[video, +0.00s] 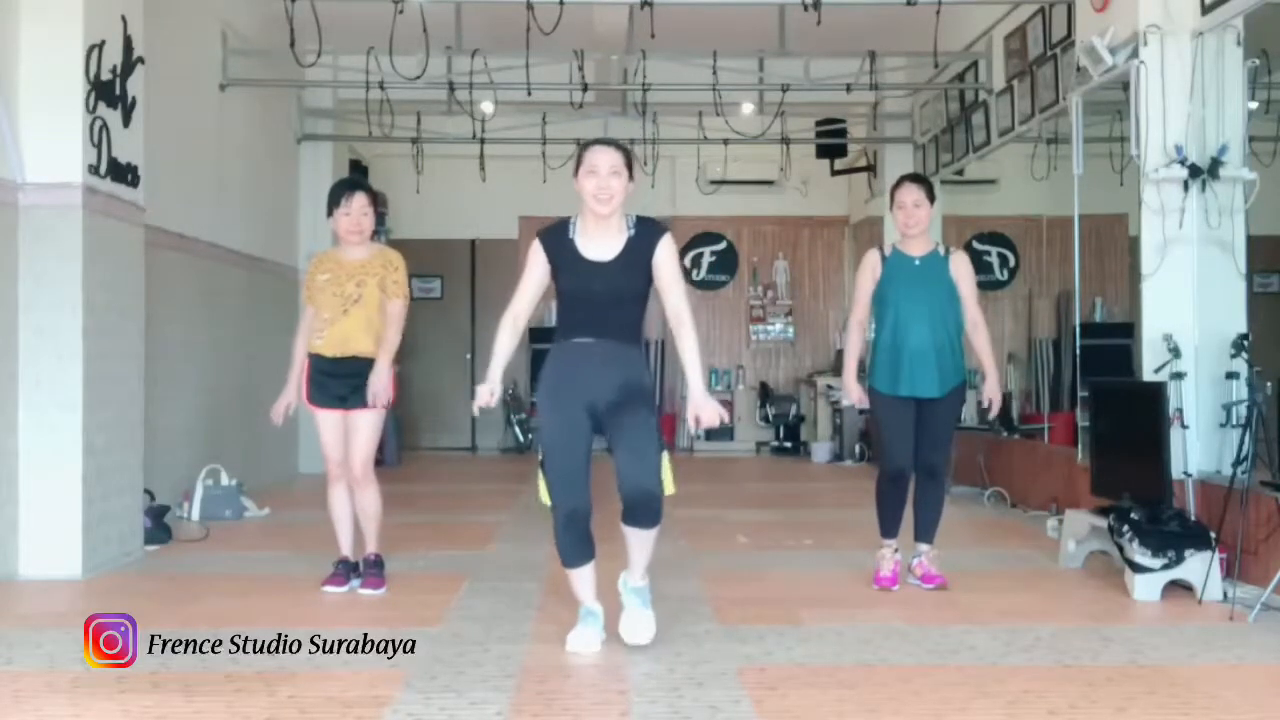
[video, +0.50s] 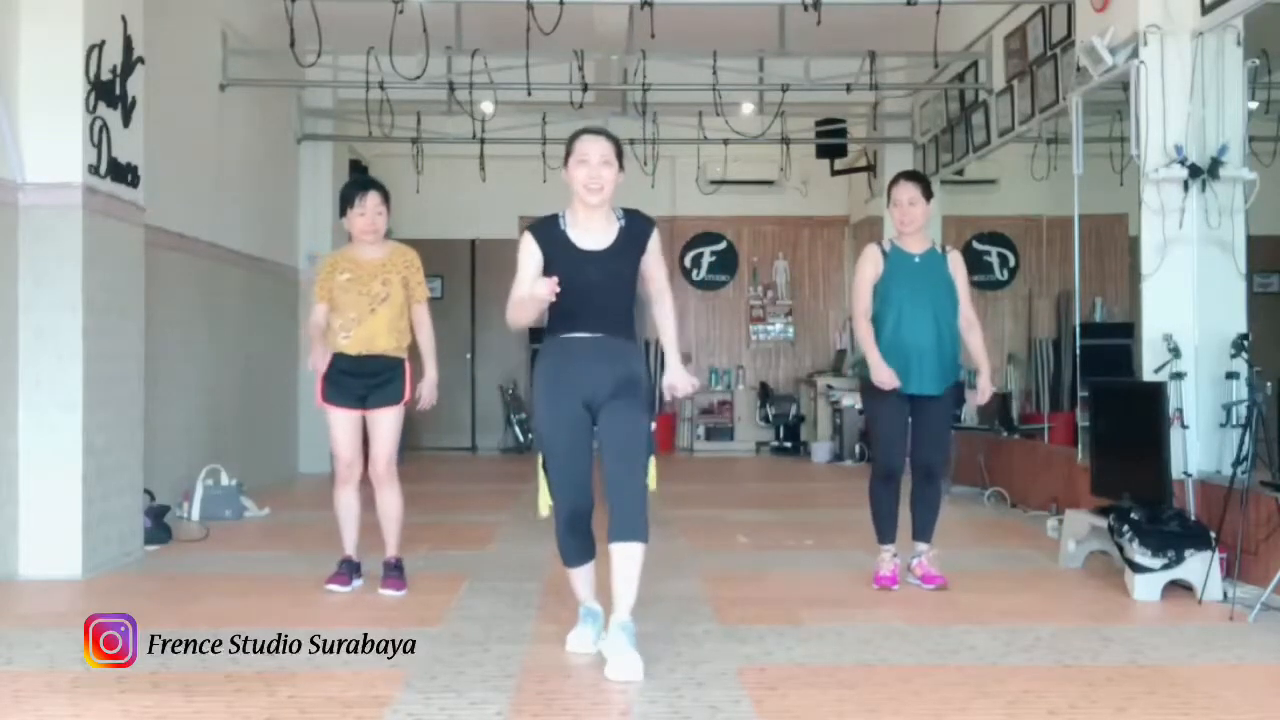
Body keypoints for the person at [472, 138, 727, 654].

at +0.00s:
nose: (603, 183)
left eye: (614, 174)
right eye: (592, 173)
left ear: (629, 183)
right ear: (576, 181)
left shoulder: (652, 240)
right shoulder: (550, 243)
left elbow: (679, 317)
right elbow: (518, 314)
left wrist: (698, 390)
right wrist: (494, 375)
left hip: (628, 379)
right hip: (563, 380)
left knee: (643, 490)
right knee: (569, 503)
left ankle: (636, 585)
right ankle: (589, 611)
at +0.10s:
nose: (599, 187)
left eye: (610, 179)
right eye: (588, 178)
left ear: (625, 190)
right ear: (572, 187)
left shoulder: (649, 246)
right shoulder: (546, 249)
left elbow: (677, 324)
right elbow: (509, 319)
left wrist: (697, 397)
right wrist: (500, 369)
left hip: (626, 383)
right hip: (561, 384)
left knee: (639, 466)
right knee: (567, 504)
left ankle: (635, 578)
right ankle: (589, 611)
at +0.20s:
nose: (597, 176)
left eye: (609, 167)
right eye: (587, 166)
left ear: (624, 177)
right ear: (570, 175)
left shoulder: (647, 233)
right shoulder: (544, 236)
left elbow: (677, 307)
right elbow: (503, 307)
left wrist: (694, 378)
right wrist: (506, 340)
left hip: (625, 375)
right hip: (559, 375)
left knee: (638, 461)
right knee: (568, 500)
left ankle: (630, 596)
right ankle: (588, 611)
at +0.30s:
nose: (596, 167)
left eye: (607, 158)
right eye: (586, 157)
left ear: (623, 167)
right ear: (569, 164)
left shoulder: (644, 223)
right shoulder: (541, 223)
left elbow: (676, 296)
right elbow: (506, 294)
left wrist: (692, 364)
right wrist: (519, 311)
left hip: (624, 364)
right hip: (560, 364)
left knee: (633, 483)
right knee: (572, 496)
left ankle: (626, 615)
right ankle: (588, 612)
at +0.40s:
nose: (595, 169)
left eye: (606, 160)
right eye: (585, 159)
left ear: (621, 170)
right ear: (567, 166)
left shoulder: (641, 226)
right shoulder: (539, 227)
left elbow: (667, 293)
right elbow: (509, 302)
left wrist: (686, 360)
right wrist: (530, 298)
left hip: (623, 366)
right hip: (558, 367)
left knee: (626, 492)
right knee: (572, 497)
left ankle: (623, 627)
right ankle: (588, 611)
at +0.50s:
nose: (594, 172)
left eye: (604, 163)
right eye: (583, 162)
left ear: (619, 173)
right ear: (565, 171)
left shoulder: (641, 231)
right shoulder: (540, 235)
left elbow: (660, 296)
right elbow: (516, 316)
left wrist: (673, 362)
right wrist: (533, 300)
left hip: (624, 370)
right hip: (559, 370)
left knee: (627, 492)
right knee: (571, 502)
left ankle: (622, 623)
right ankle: (588, 611)